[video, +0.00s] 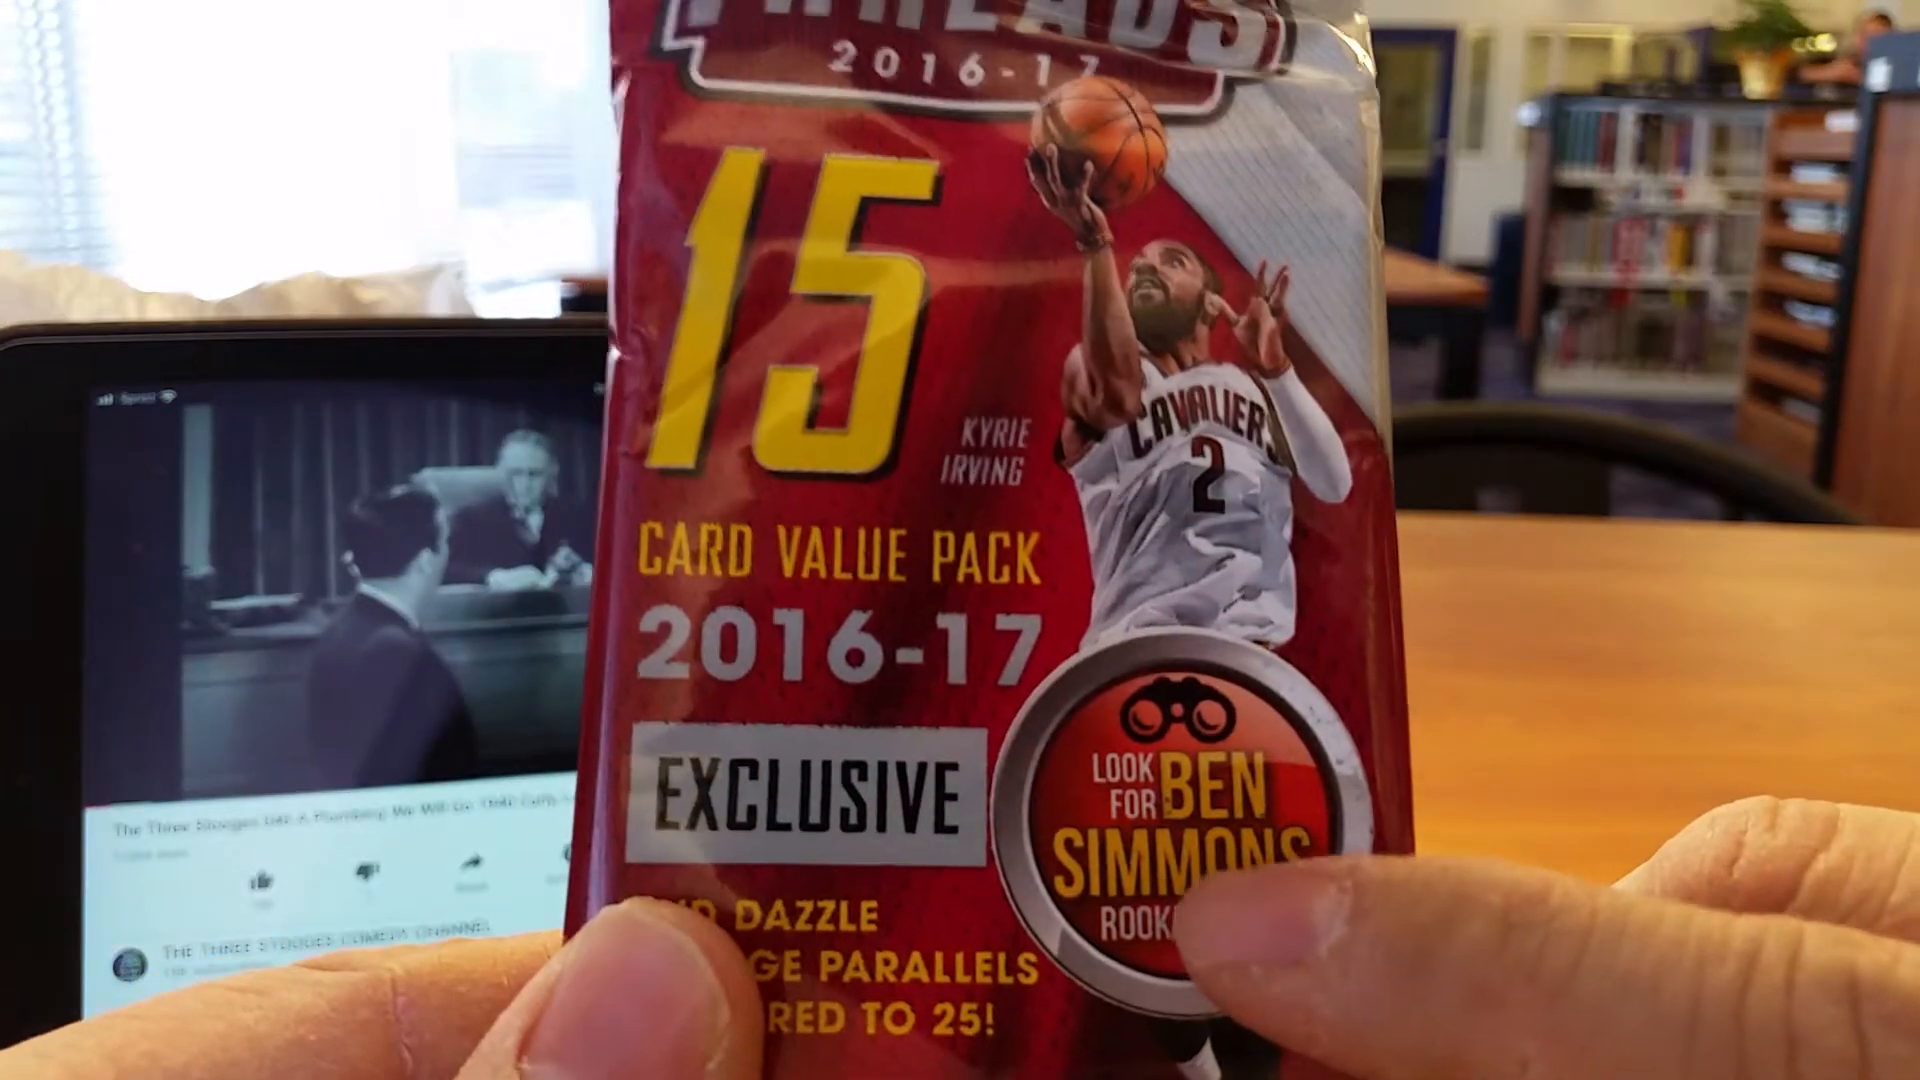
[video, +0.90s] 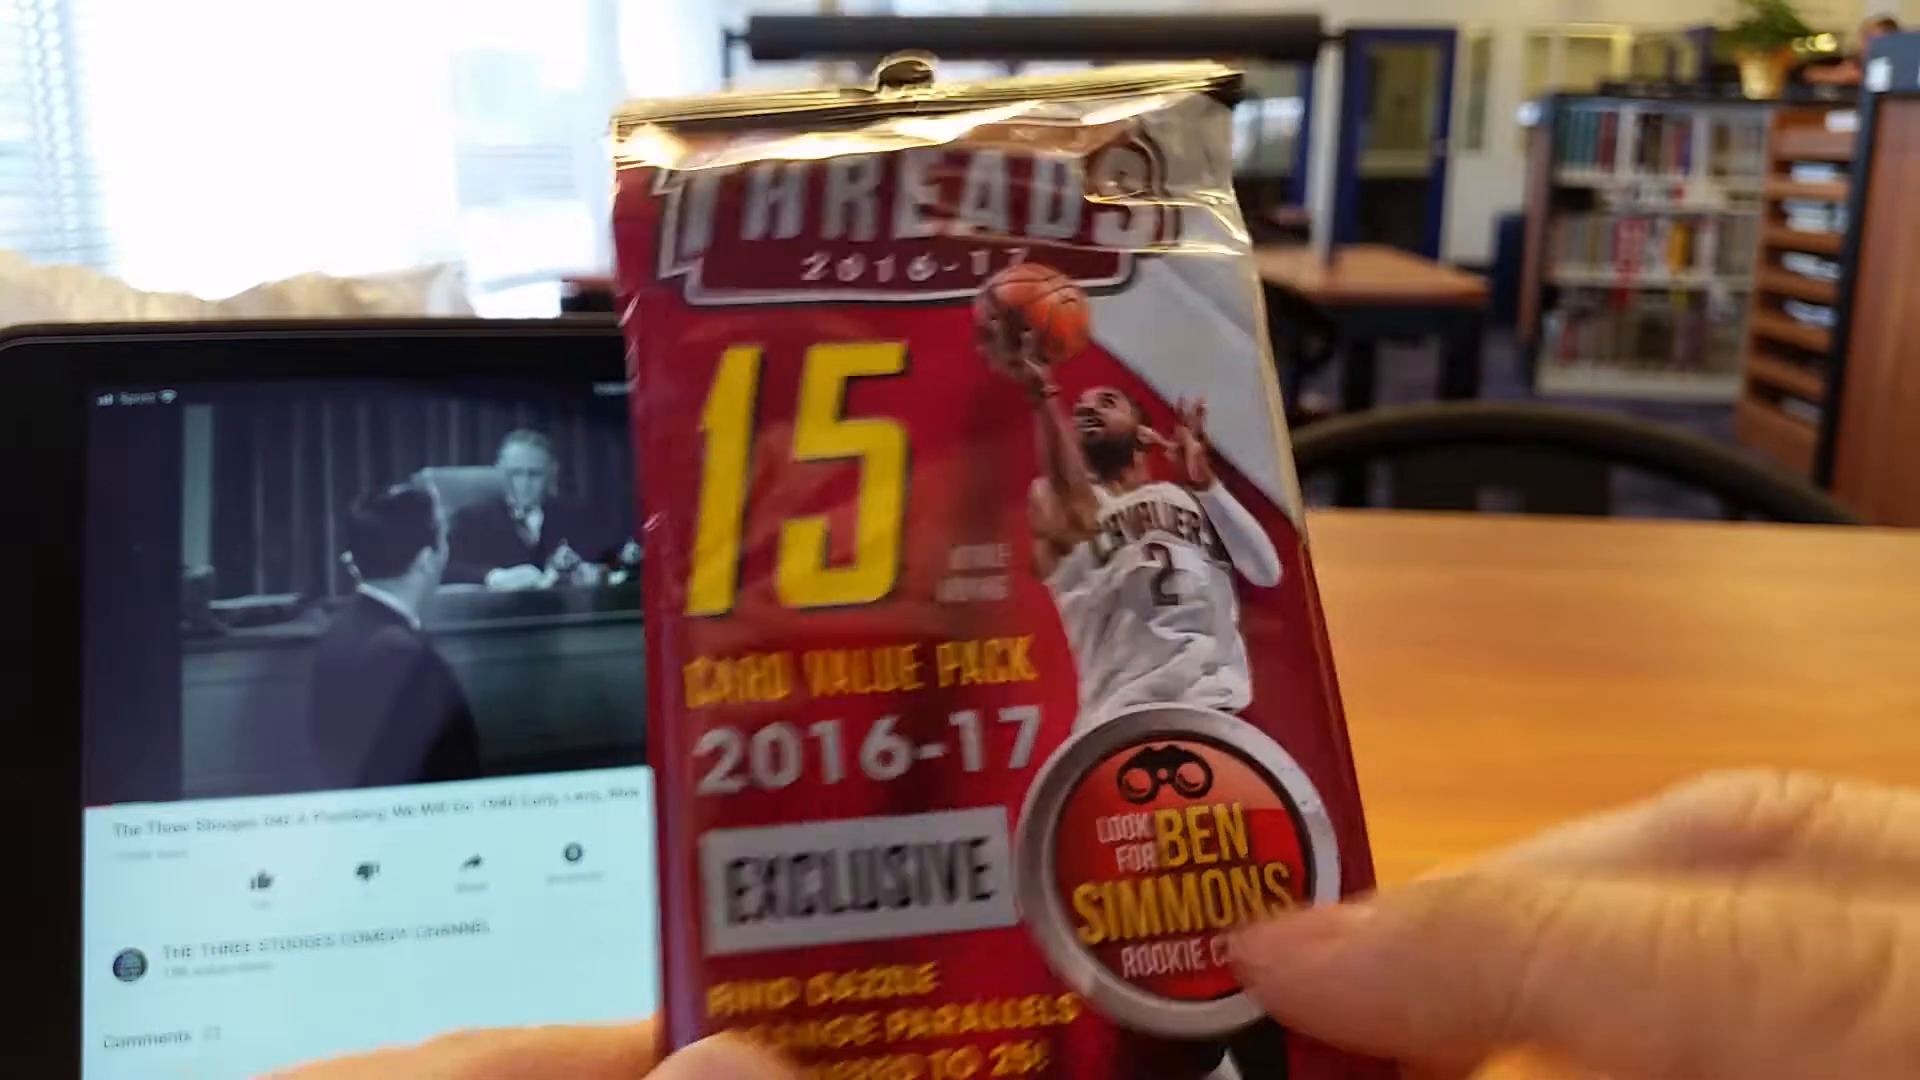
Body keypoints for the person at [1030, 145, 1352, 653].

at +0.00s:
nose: (1146, 269)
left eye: (1174, 261)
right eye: (1136, 268)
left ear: (1213, 307)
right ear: (1124, 302)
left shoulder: (1252, 388)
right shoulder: (1099, 377)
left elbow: (1333, 484)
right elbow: (1117, 393)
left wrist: (1277, 370)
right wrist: (1097, 246)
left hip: (1247, 647)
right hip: (1129, 650)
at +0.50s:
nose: (1108, 259)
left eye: (1136, 252)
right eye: (1098, 259)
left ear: (1176, 296)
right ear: (1087, 296)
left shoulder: (1218, 372)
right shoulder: (1063, 370)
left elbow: (1301, 463)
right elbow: (1083, 383)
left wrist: (1243, 356)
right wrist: (1058, 239)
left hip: (1220, 627)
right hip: (1105, 632)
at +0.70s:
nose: (1068, 327)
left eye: (1092, 313)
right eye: (1058, 325)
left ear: (1136, 350)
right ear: (1046, 356)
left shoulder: (1182, 424)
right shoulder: (1037, 442)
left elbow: (1271, 504)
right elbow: (1051, 439)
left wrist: (1206, 407)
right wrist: (1019, 309)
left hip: (1204, 668)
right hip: (1092, 685)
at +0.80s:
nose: (1068, 373)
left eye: (1089, 363)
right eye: (1058, 372)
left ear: (1129, 394)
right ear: (1053, 401)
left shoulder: (1177, 463)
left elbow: (1260, 533)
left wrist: (1197, 446)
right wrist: (1016, 352)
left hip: (1209, 684)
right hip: (1103, 697)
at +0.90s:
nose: (1088, 409)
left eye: (1108, 402)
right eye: (1077, 407)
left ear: (1142, 433)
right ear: (1067, 430)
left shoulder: (1187, 499)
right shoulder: (1063, 505)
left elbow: (1266, 572)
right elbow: (1064, 478)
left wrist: (1207, 485)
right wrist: (1041, 391)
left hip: (1212, 703)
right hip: (1116, 714)